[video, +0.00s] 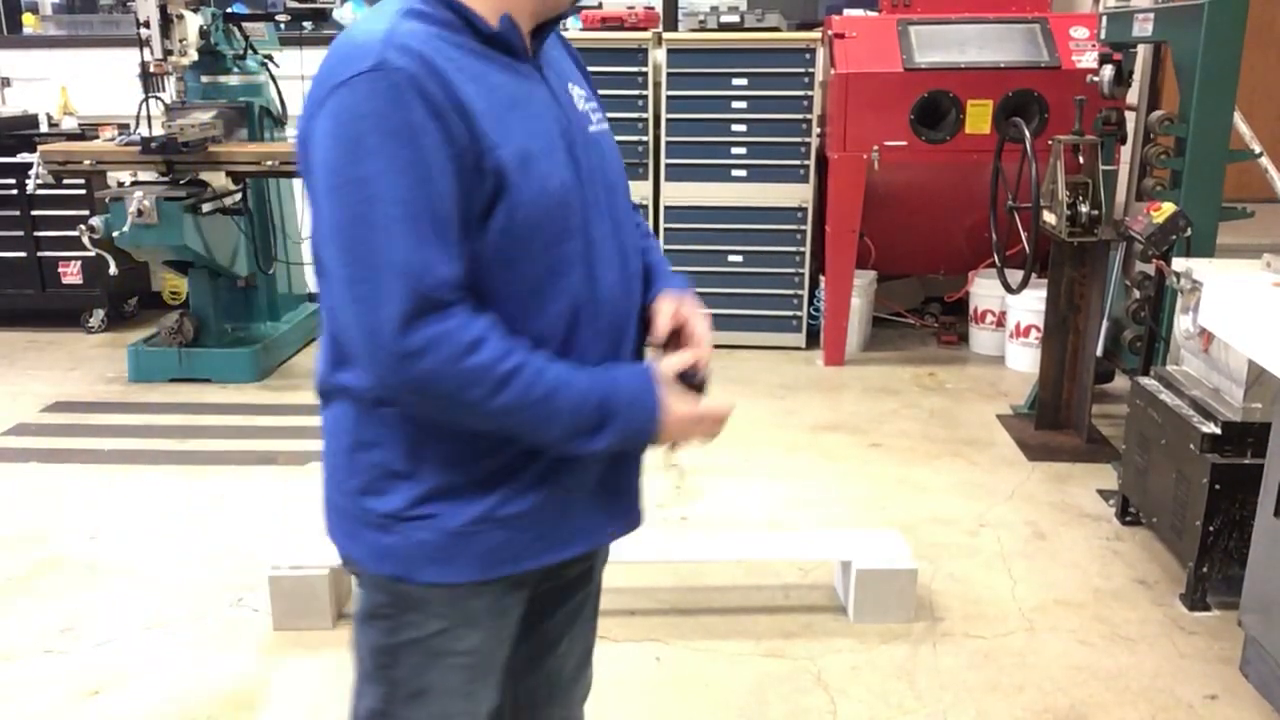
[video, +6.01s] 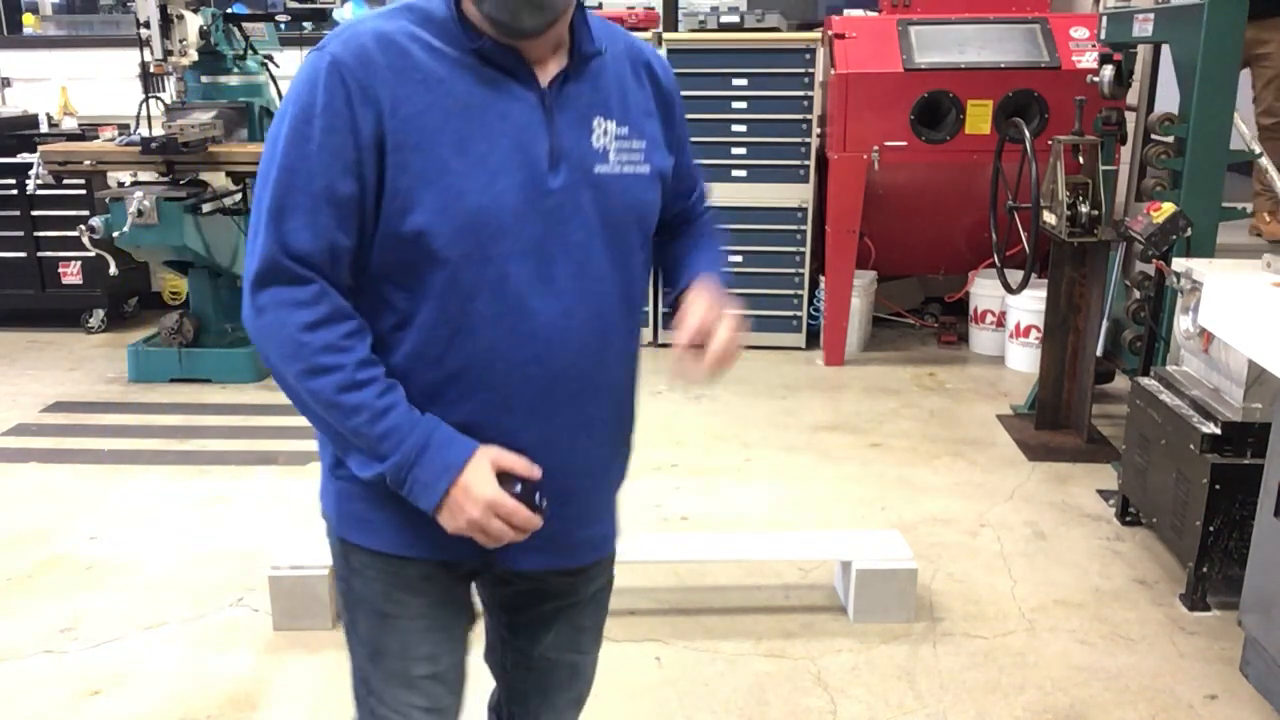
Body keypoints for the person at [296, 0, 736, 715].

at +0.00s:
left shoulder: (549, 53)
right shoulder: (382, 77)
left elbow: (605, 217)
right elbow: (404, 341)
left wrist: (662, 291)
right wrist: (630, 406)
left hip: (566, 513)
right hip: (438, 535)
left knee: (545, 709)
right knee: (430, 707)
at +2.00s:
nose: (472, 306)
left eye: (511, 270)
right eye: (440, 263)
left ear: (568, 257)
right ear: (394, 249)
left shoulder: (611, 315)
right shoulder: (264, 351)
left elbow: (587, 467)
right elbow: (221, 543)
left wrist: (541, 602)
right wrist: (308, 687)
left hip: (465, 529)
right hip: (305, 552)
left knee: (537, 692)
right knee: (289, 711)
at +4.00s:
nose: (515, 281)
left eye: (548, 244)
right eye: (482, 243)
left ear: (598, 223)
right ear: (431, 227)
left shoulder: (626, 296)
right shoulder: (313, 363)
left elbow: (592, 460)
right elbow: (276, 555)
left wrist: (554, 595)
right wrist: (344, 689)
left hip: (481, 507)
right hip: (328, 532)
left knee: (537, 691)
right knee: (319, 702)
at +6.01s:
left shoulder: (640, 77)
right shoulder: (356, 71)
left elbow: (684, 218)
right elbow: (284, 291)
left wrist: (703, 281)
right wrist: (427, 460)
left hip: (571, 513)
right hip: (400, 516)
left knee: (545, 712)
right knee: (411, 710)